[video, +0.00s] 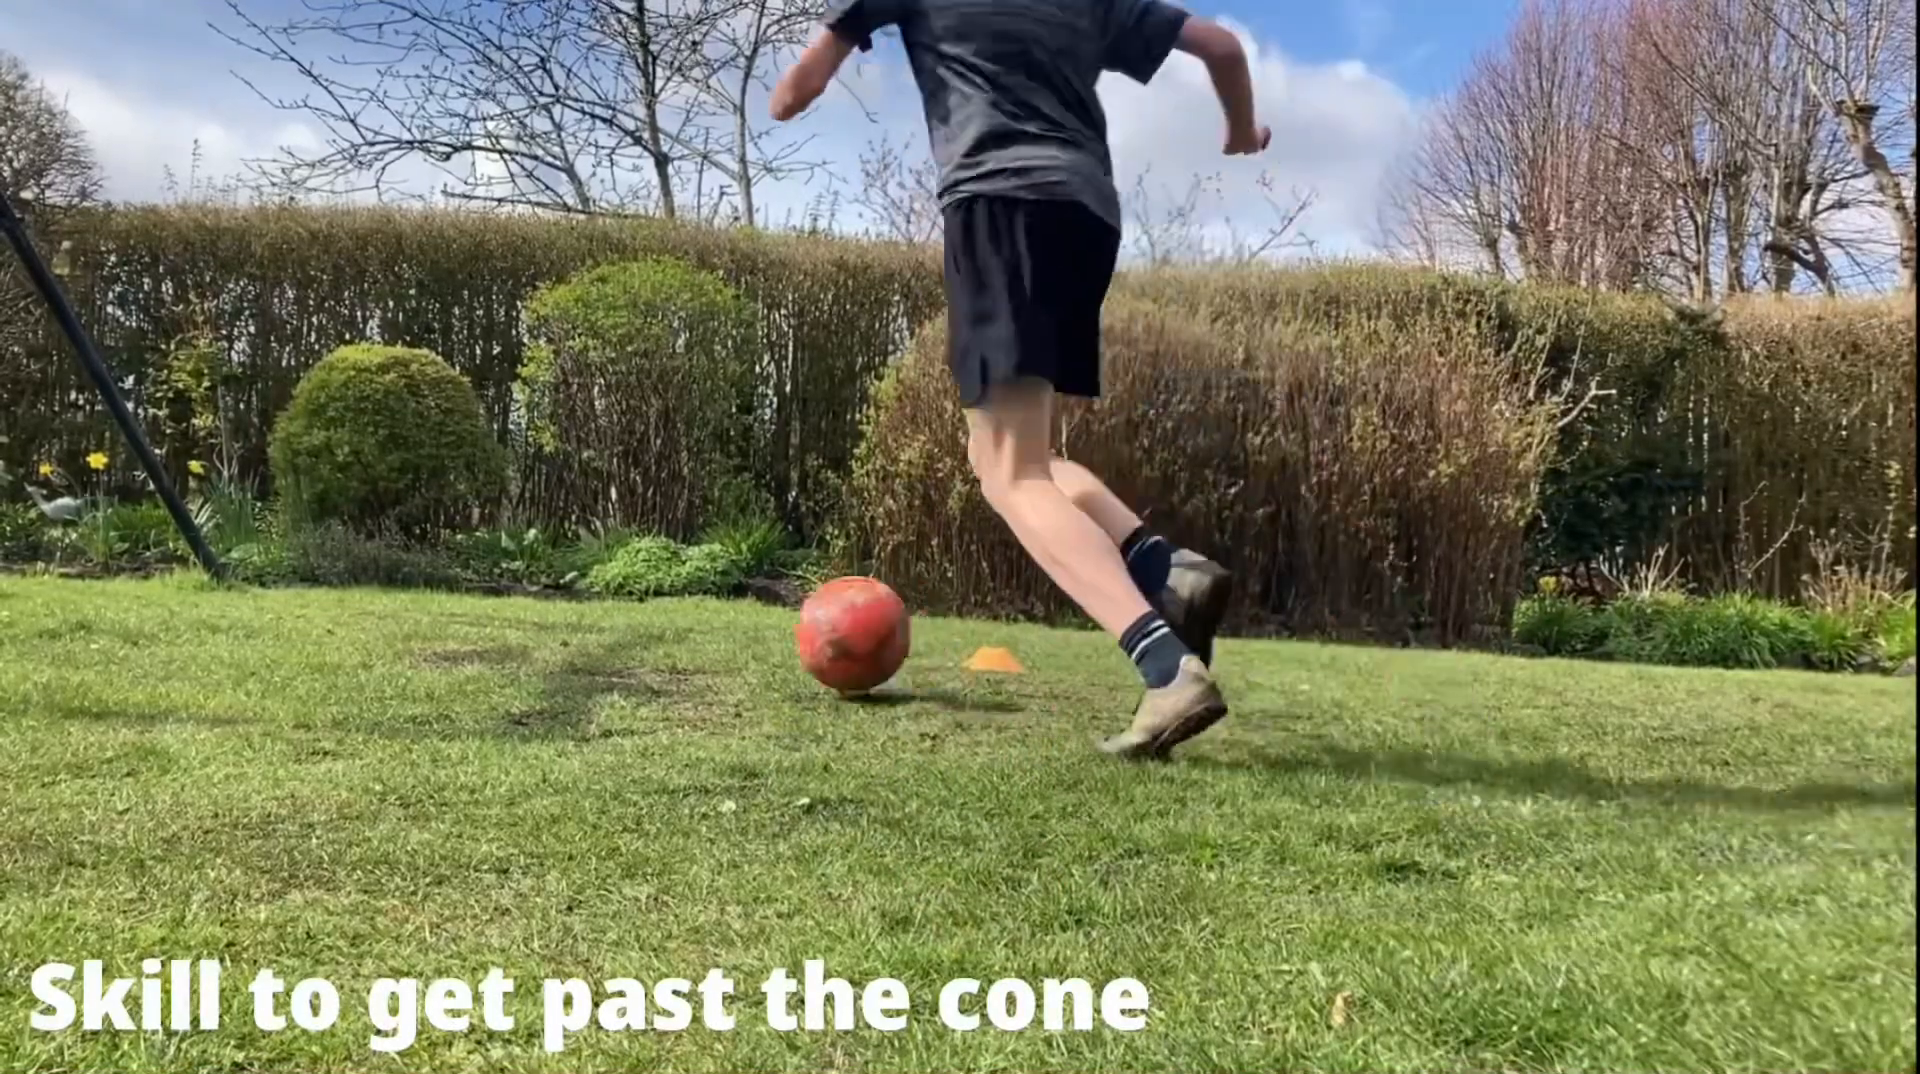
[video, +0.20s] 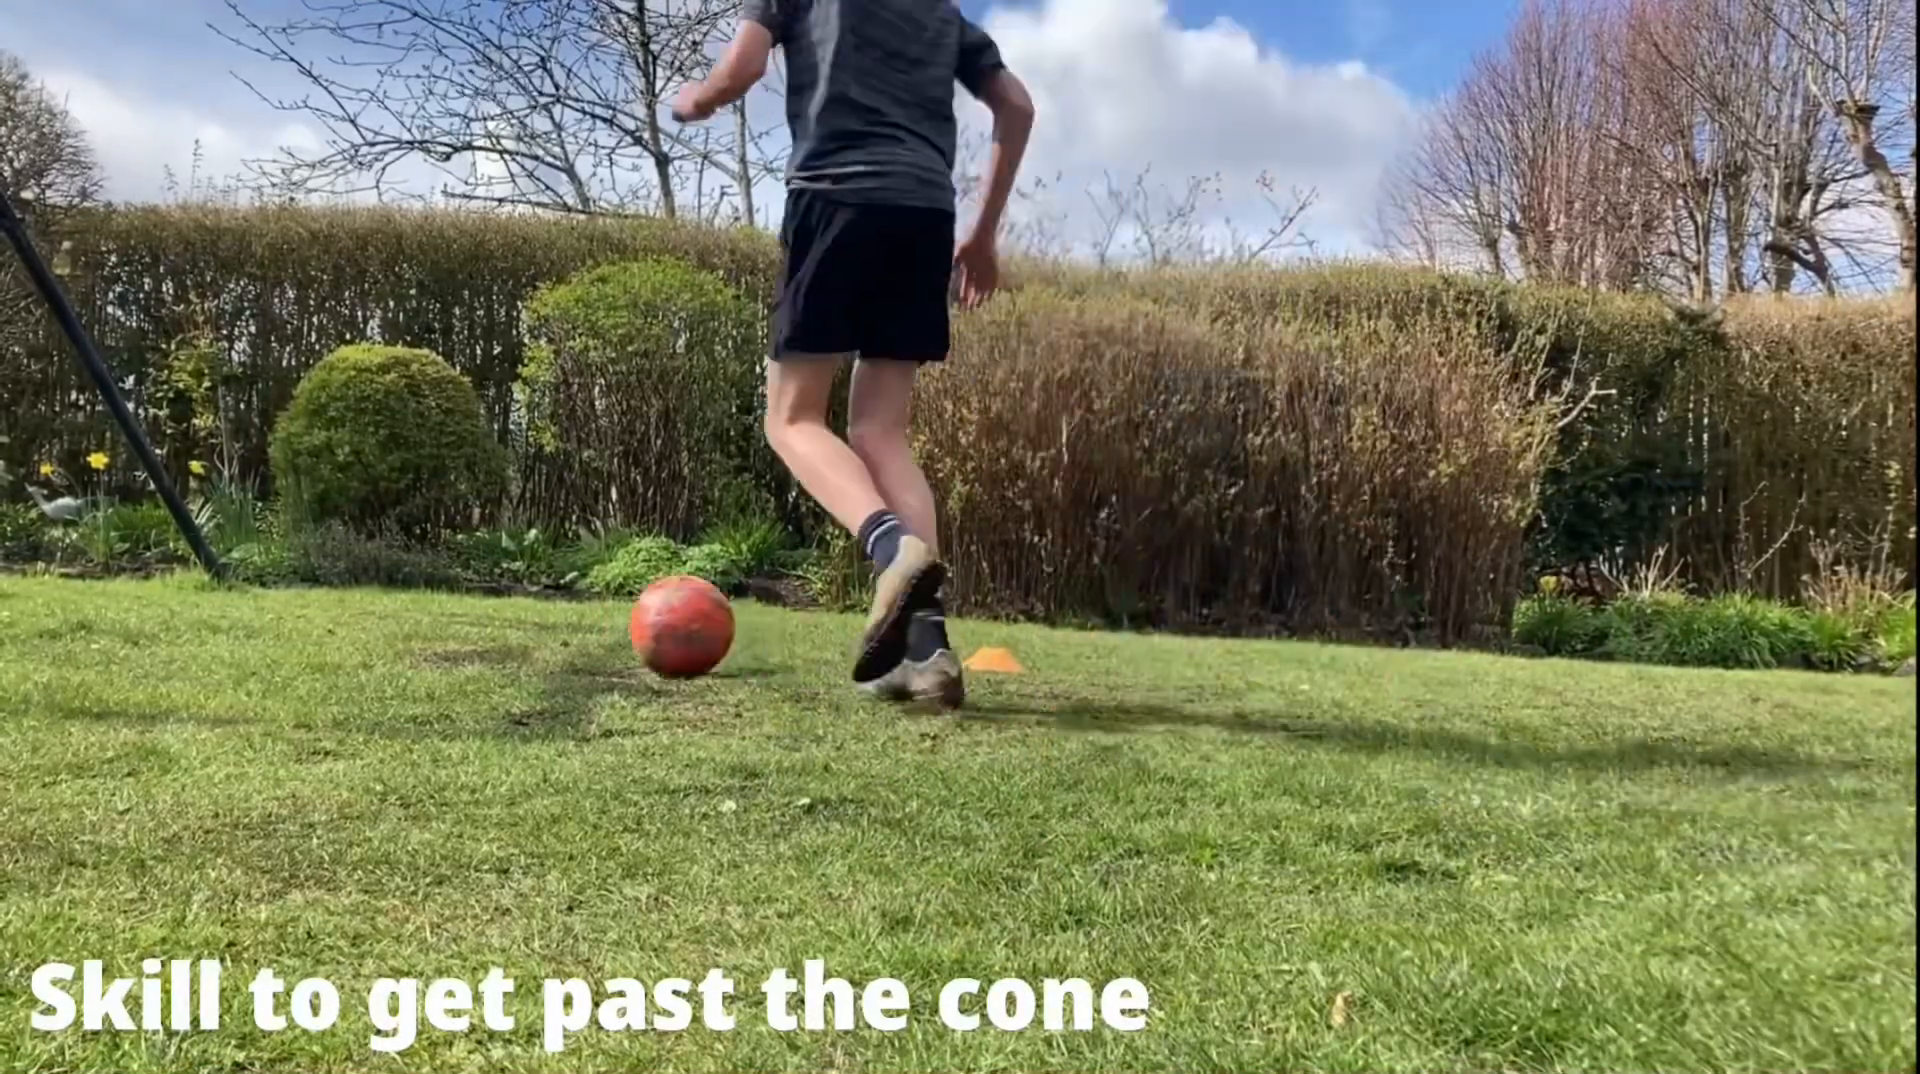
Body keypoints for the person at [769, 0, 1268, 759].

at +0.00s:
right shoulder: (1093, 2)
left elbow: (802, 80)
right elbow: (1224, 45)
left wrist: (786, 97)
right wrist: (1242, 124)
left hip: (1000, 196)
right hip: (1091, 206)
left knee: (1016, 473)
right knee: (1015, 454)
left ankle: (1171, 674)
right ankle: (1167, 571)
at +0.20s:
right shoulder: (943, 13)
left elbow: (738, 72)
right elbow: (1017, 106)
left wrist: (696, 97)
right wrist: (984, 231)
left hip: (835, 201)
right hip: (927, 209)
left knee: (793, 418)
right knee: (882, 429)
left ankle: (889, 546)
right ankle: (926, 649)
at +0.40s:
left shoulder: (657, 10)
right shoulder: (799, 18)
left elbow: (562, 113)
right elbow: (886, 93)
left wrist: (599, 98)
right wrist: (936, 224)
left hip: (700, 227)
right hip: (785, 249)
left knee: (656, 432)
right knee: (714, 419)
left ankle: (667, 637)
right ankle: (770, 550)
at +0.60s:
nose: (636, 11)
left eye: (638, 4)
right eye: (645, 9)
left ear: (647, 4)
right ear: (703, 16)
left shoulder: (591, 46)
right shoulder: (726, 72)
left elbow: (531, 151)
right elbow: (789, 158)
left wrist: (582, 140)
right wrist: (818, 275)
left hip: (574, 268)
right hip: (660, 285)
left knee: (532, 410)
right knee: (617, 445)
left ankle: (508, 485)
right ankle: (581, 601)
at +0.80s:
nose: (638, 90)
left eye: (624, 72)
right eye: (670, 94)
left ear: (621, 72)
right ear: (673, 95)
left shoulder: (559, 104)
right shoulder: (663, 154)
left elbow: (487, 168)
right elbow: (696, 261)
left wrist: (510, 220)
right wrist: (676, 335)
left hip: (489, 284)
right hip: (564, 315)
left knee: (481, 397)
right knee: (587, 446)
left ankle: (375, 510)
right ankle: (556, 595)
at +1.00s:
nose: (653, 171)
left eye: (663, 162)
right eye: (659, 155)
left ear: (625, 127)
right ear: (632, 128)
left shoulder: (535, 150)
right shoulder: (576, 170)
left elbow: (439, 180)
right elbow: (516, 254)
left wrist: (472, 256)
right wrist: (561, 344)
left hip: (428, 310)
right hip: (471, 318)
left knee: (472, 457)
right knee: (564, 452)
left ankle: (411, 578)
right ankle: (480, 585)